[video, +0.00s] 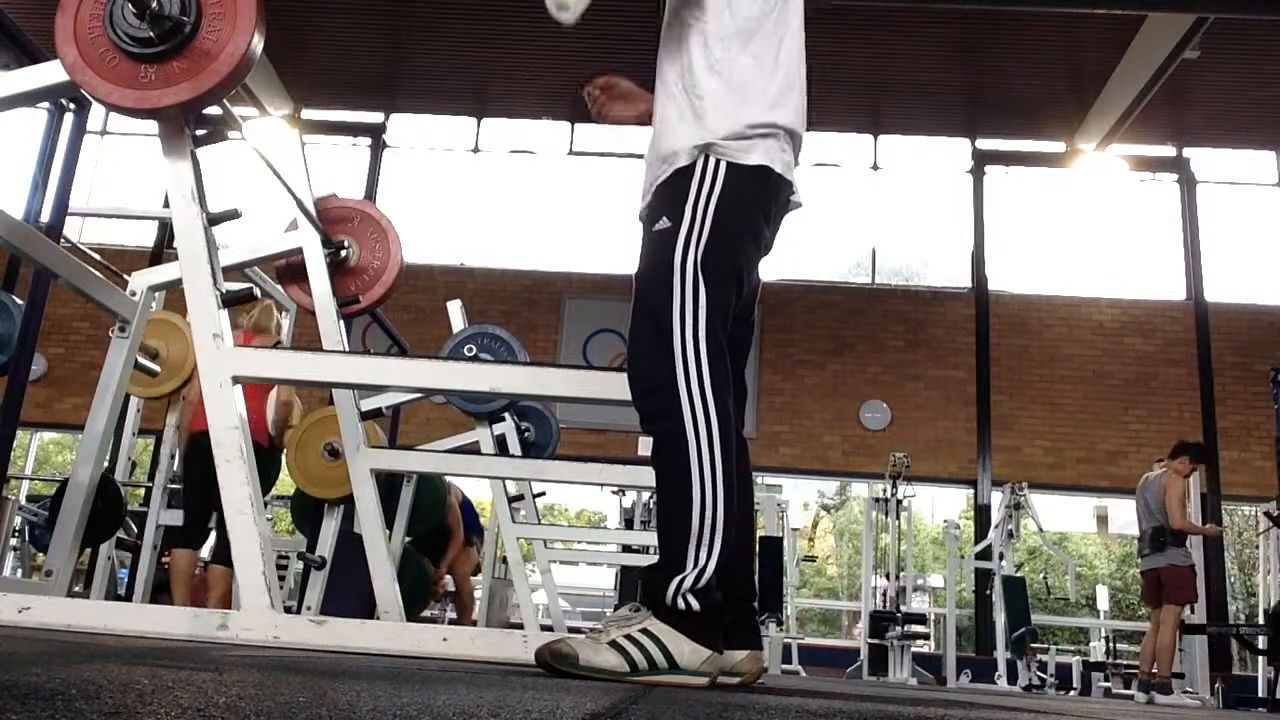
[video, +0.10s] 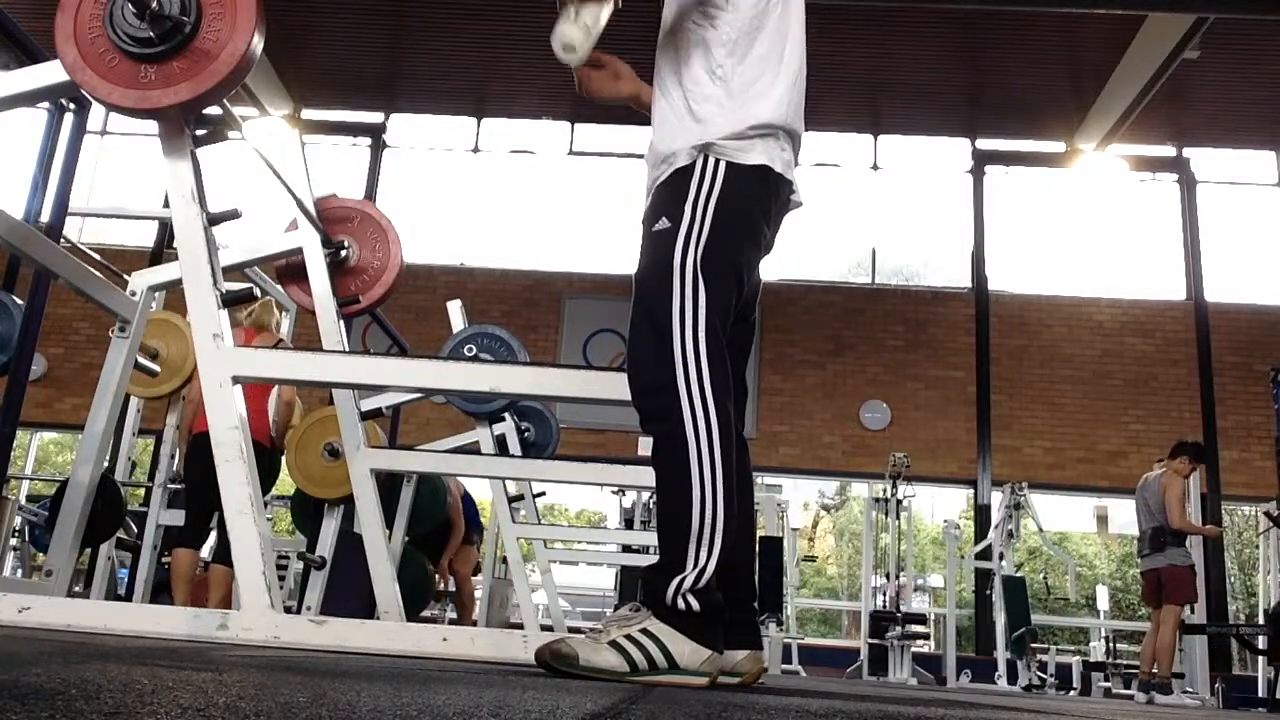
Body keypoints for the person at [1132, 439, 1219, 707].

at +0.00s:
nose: (1191, 475)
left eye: (1194, 470)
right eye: (1193, 469)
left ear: (1174, 459)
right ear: (1184, 461)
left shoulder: (1145, 480)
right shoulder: (1173, 480)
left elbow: (1146, 524)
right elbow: (1177, 523)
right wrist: (1206, 530)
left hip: (1149, 564)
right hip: (1173, 562)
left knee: (1155, 625)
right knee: (1169, 625)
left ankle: (1143, 685)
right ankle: (1164, 688)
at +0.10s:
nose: (1191, 475)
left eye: (1193, 470)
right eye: (1192, 469)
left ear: (1174, 459)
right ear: (1182, 461)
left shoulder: (1144, 480)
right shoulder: (1173, 480)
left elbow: (1147, 524)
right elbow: (1177, 522)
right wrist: (1205, 530)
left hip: (1149, 563)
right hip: (1173, 562)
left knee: (1156, 625)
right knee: (1169, 624)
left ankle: (1143, 685)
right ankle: (1164, 688)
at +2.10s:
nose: (1192, 469)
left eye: (1194, 464)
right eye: (1193, 463)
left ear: (1172, 457)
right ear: (1183, 458)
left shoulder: (1146, 480)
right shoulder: (1175, 480)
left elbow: (1147, 523)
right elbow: (1172, 518)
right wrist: (1187, 550)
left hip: (1148, 562)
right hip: (1170, 560)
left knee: (1156, 624)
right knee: (1168, 624)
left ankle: (1143, 685)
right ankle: (1163, 687)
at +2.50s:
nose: (1194, 471)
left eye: (1196, 466)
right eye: (1194, 465)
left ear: (1175, 459)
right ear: (1184, 459)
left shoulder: (1147, 480)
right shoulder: (1176, 480)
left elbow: (1147, 522)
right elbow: (1171, 518)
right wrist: (1187, 550)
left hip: (1148, 562)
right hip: (1170, 560)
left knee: (1155, 623)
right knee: (1168, 624)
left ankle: (1143, 685)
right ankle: (1163, 687)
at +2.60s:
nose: (1194, 471)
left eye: (1196, 467)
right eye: (1195, 465)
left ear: (1176, 459)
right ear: (1184, 459)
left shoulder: (1148, 480)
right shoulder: (1176, 481)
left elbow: (1148, 522)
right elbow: (1171, 519)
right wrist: (1188, 550)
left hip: (1148, 561)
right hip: (1169, 560)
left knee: (1155, 623)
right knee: (1168, 624)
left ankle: (1143, 685)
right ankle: (1163, 687)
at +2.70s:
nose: (1194, 472)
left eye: (1196, 467)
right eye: (1195, 466)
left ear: (1176, 459)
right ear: (1184, 459)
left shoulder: (1148, 480)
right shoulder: (1176, 480)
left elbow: (1149, 522)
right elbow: (1170, 518)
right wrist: (1188, 550)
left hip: (1148, 561)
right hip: (1169, 560)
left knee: (1155, 623)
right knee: (1167, 624)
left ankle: (1143, 685)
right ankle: (1163, 687)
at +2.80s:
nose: (1195, 472)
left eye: (1197, 467)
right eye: (1196, 466)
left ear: (1176, 459)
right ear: (1185, 459)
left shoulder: (1149, 480)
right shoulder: (1176, 480)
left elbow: (1149, 521)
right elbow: (1168, 517)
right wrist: (1188, 549)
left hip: (1149, 560)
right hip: (1169, 559)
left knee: (1156, 623)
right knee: (1167, 623)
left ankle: (1143, 684)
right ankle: (1163, 687)